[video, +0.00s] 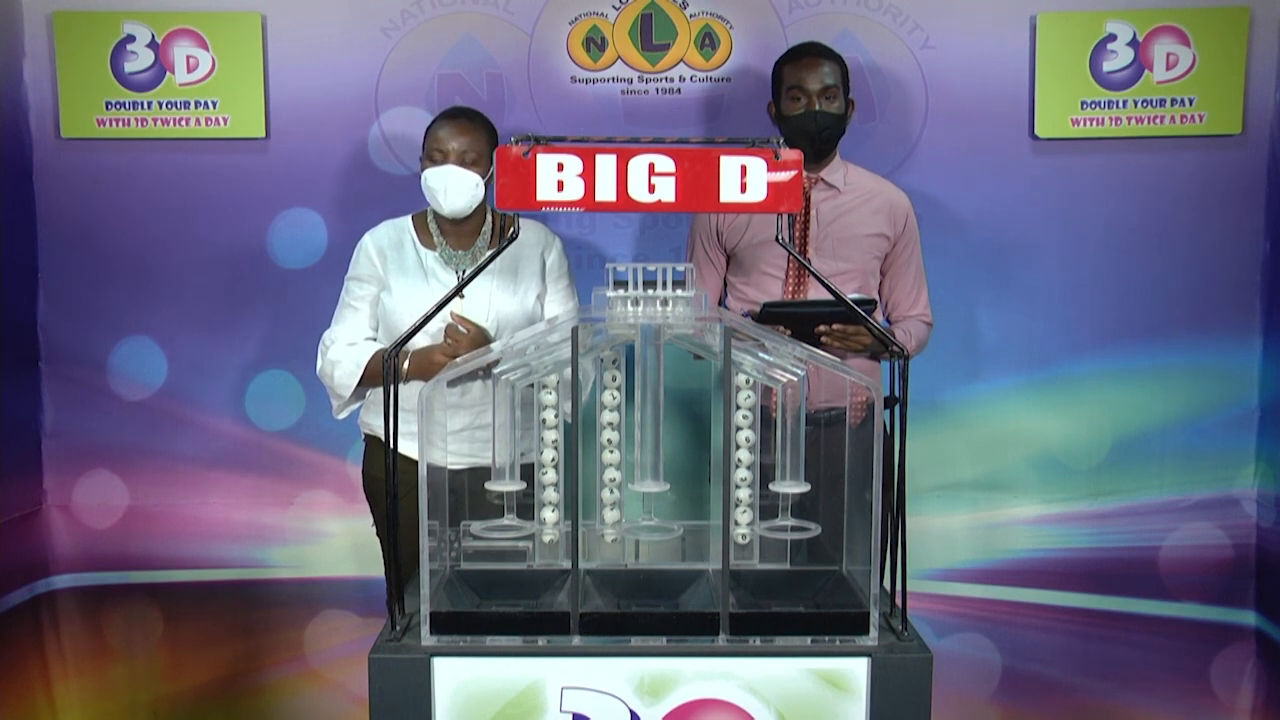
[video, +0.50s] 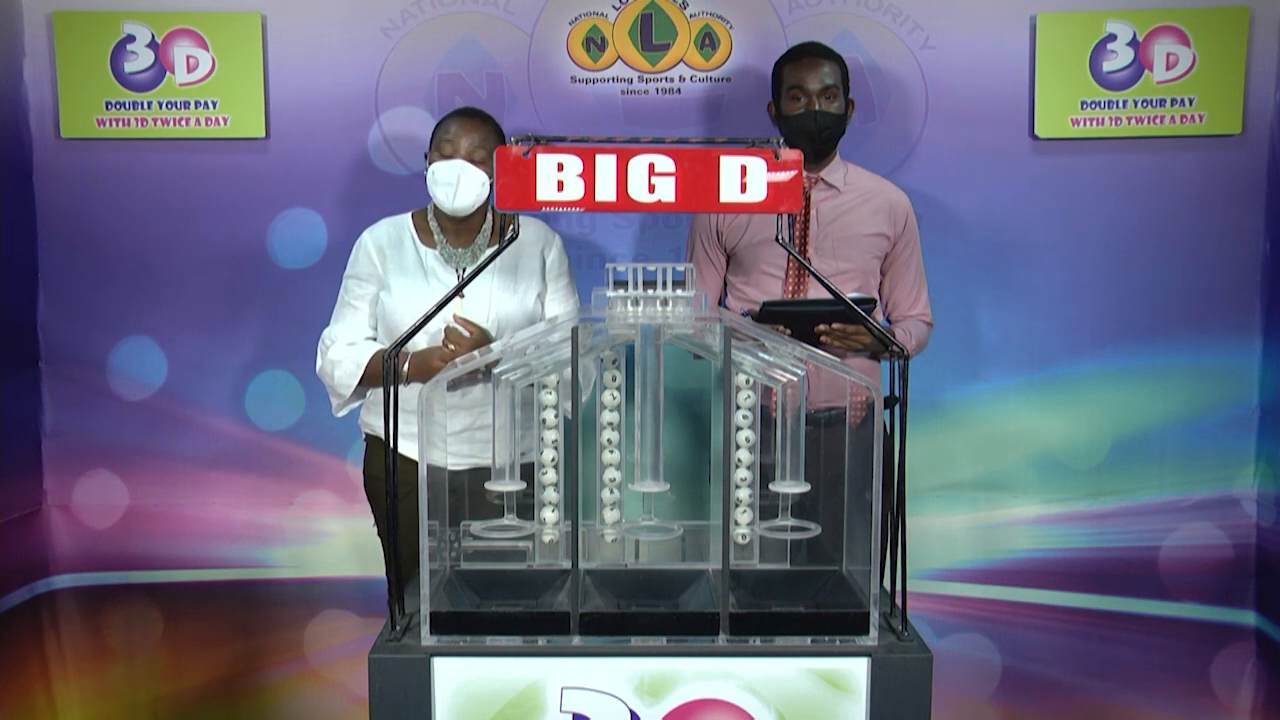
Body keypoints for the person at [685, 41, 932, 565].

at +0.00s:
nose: (813, 107)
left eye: (829, 94)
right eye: (796, 95)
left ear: (848, 108)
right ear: (774, 109)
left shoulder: (888, 205)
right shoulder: (727, 200)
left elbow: (914, 321)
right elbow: (695, 318)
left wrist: (876, 341)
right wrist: (758, 335)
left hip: (844, 417)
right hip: (751, 417)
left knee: (844, 581)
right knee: (753, 579)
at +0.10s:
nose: (813, 107)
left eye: (829, 94)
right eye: (796, 95)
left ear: (848, 108)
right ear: (774, 109)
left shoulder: (888, 205)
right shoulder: (727, 201)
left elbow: (914, 321)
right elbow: (695, 318)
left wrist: (876, 341)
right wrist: (758, 336)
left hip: (843, 417)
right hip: (751, 416)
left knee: (844, 581)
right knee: (753, 579)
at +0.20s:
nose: (813, 107)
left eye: (829, 94)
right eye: (796, 95)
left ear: (848, 108)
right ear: (774, 109)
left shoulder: (888, 205)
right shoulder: (727, 200)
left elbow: (914, 321)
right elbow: (695, 317)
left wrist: (876, 341)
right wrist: (758, 336)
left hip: (844, 417)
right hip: (751, 416)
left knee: (844, 581)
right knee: (753, 579)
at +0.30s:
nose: (813, 107)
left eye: (829, 94)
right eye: (796, 95)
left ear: (848, 108)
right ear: (774, 109)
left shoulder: (888, 205)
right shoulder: (726, 200)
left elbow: (914, 322)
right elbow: (696, 319)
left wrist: (875, 340)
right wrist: (758, 335)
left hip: (844, 418)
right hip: (752, 418)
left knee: (844, 582)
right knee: (754, 580)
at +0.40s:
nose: (813, 107)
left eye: (829, 94)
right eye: (796, 94)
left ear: (848, 108)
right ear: (774, 109)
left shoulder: (888, 205)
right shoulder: (727, 200)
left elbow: (914, 321)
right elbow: (695, 317)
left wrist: (876, 340)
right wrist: (756, 334)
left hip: (843, 416)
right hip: (752, 416)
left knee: (844, 580)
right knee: (753, 578)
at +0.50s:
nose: (813, 107)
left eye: (829, 94)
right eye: (796, 94)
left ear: (848, 108)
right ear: (774, 109)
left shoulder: (888, 205)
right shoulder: (727, 200)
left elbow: (915, 321)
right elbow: (695, 317)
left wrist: (876, 340)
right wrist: (755, 334)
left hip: (843, 417)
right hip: (751, 416)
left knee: (844, 580)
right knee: (753, 579)